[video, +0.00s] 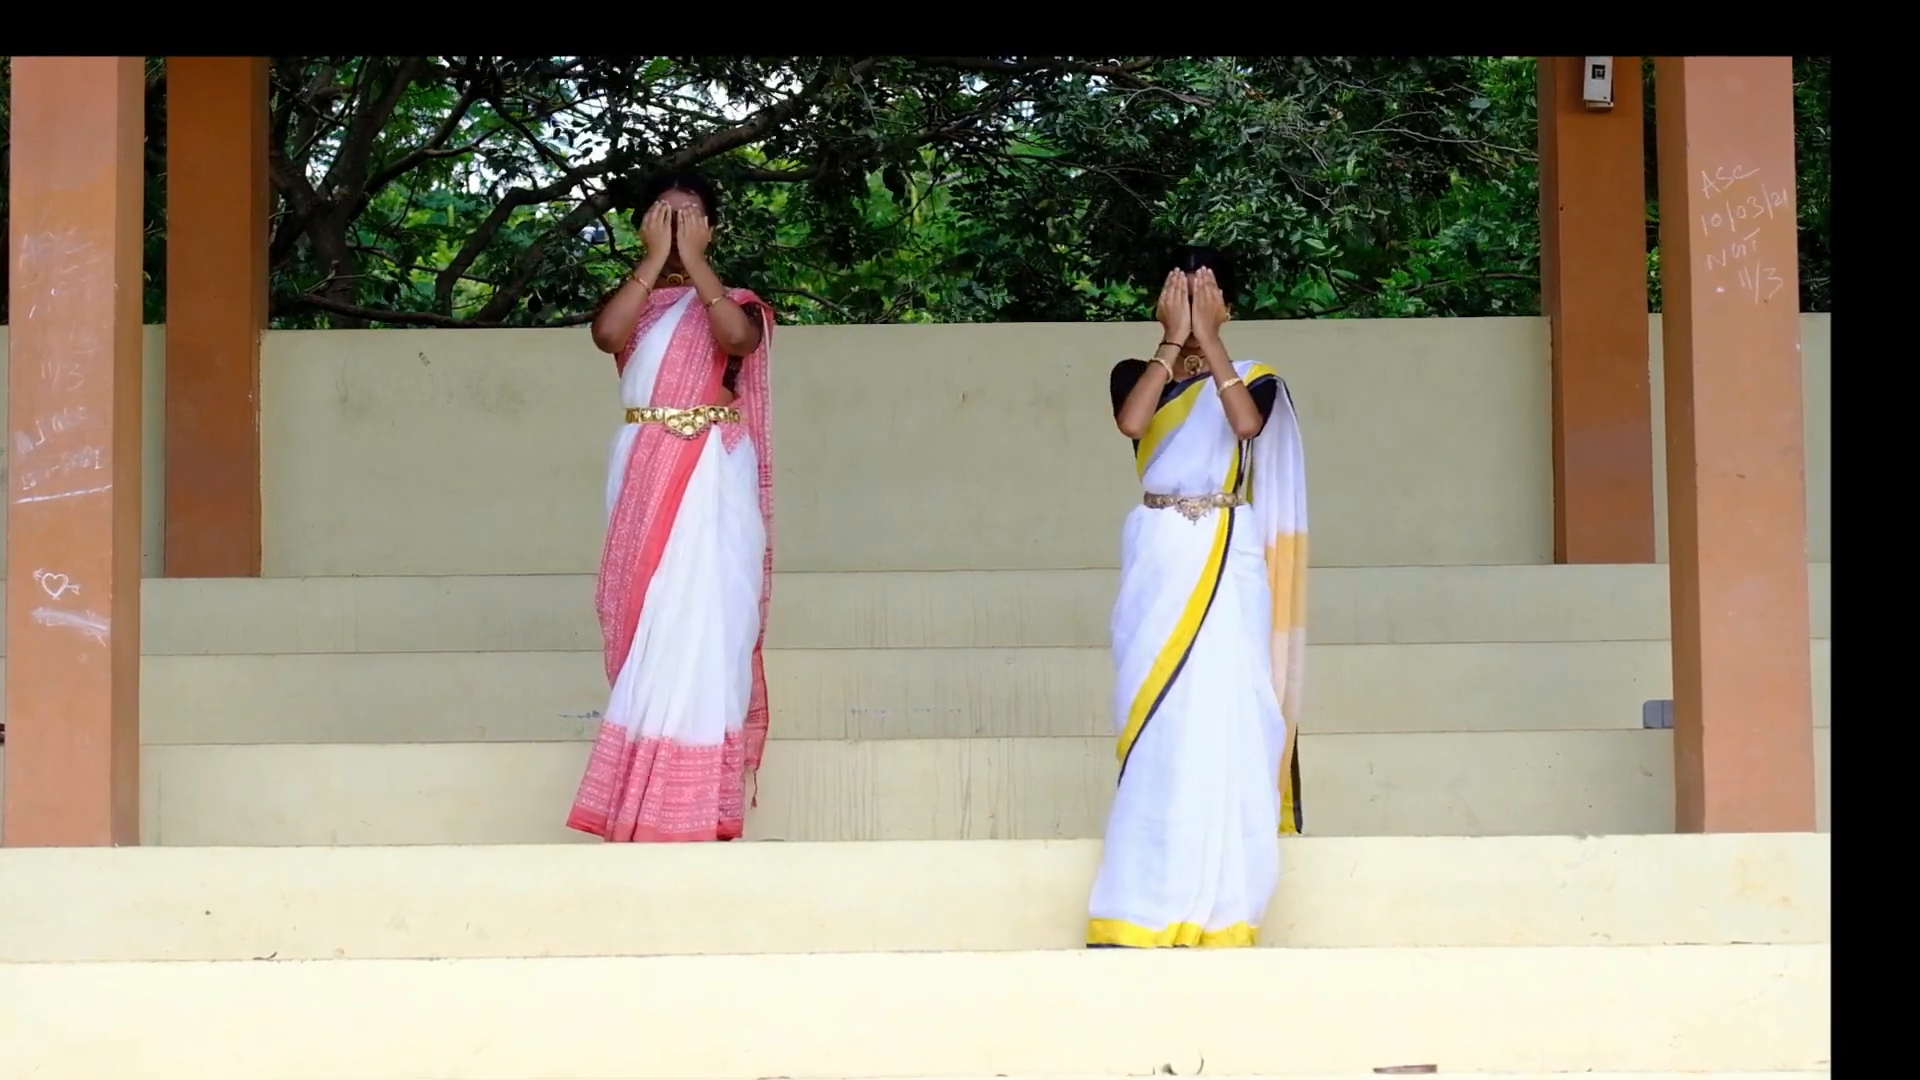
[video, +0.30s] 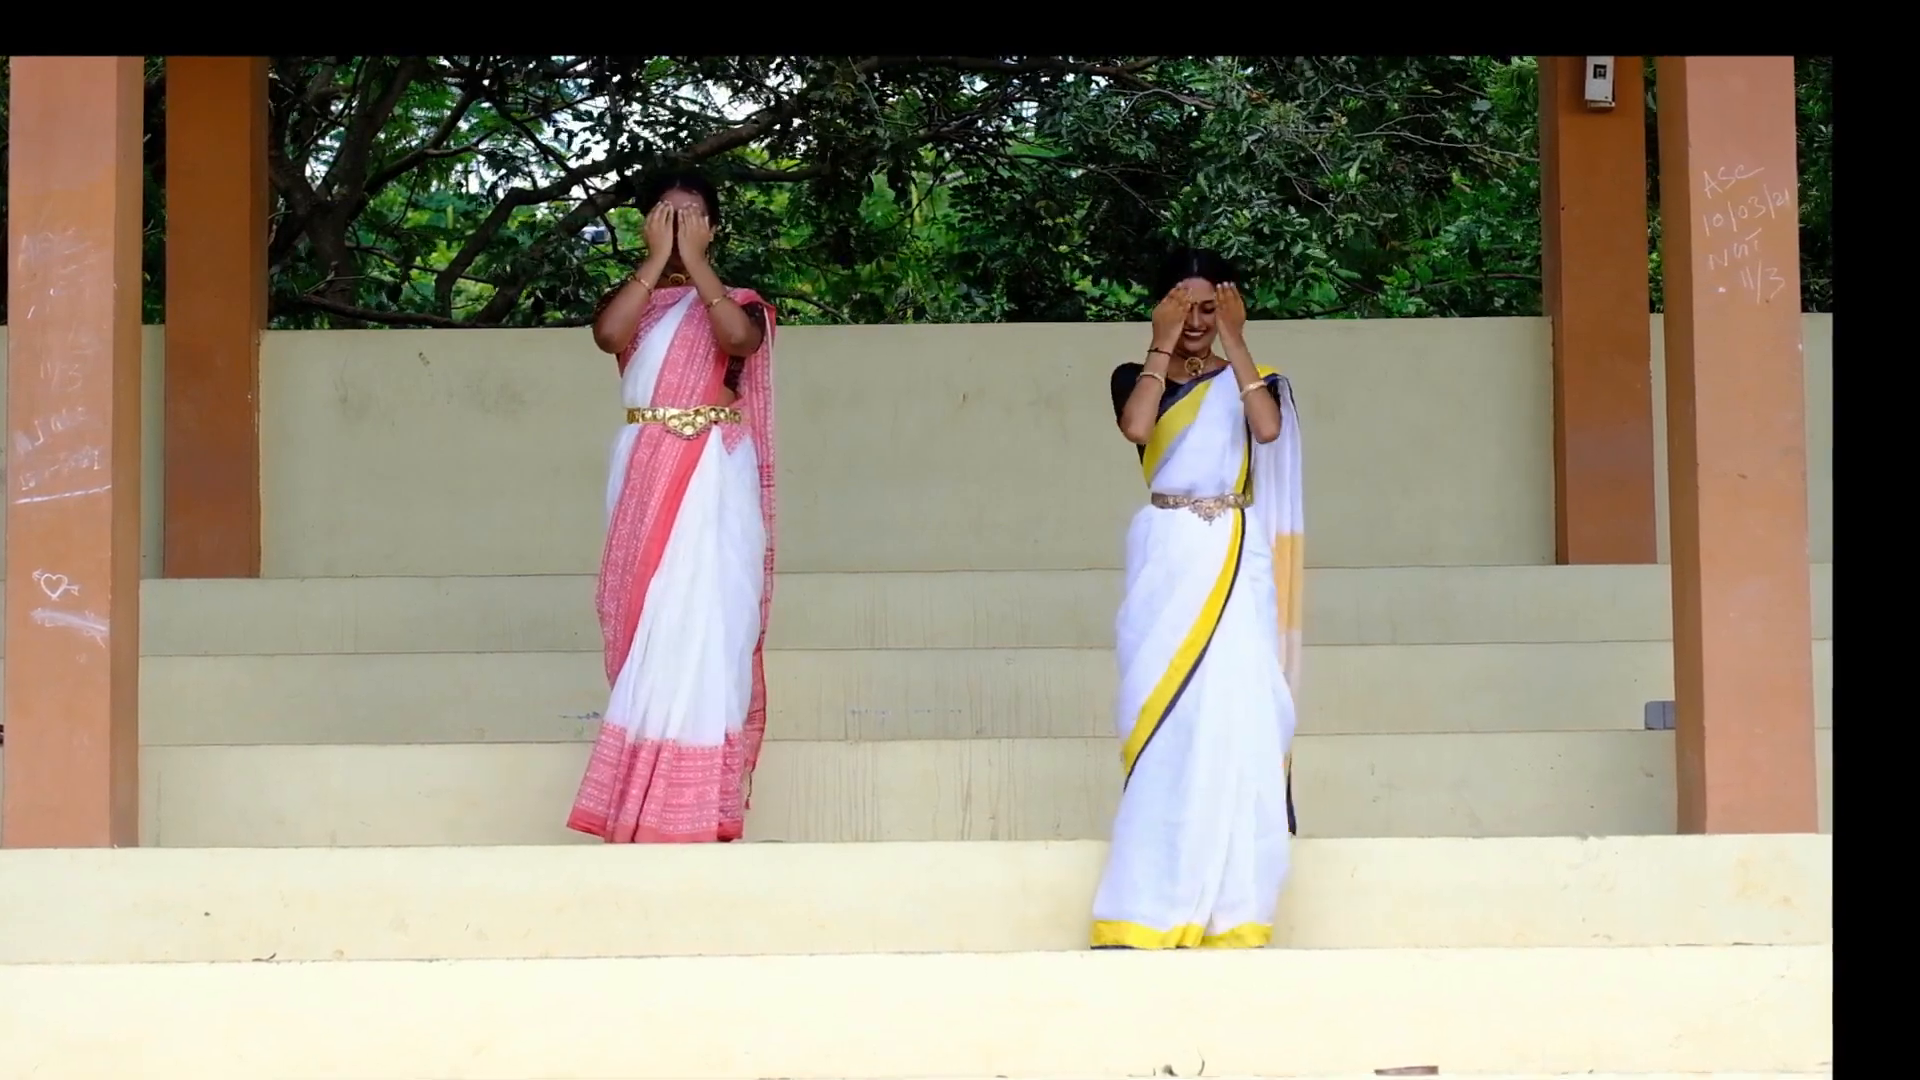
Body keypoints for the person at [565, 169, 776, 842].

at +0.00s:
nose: (675, 226)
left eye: (690, 215)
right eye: (665, 214)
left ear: (712, 227)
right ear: (647, 228)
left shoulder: (738, 301)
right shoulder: (635, 301)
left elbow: (740, 339)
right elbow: (608, 334)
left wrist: (694, 261)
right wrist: (654, 258)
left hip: (712, 477)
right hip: (644, 477)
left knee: (700, 629)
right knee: (648, 628)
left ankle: (690, 806)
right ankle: (642, 800)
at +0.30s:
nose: (678, 227)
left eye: (692, 215)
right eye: (667, 214)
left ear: (714, 227)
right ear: (649, 226)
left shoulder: (740, 302)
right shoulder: (636, 301)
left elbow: (741, 339)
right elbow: (609, 334)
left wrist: (695, 260)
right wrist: (657, 257)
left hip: (713, 479)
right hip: (645, 479)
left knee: (704, 631)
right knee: (649, 629)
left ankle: (693, 807)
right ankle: (641, 802)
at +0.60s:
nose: (690, 227)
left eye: (701, 215)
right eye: (678, 215)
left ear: (719, 223)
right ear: (656, 224)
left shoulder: (741, 300)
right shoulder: (638, 300)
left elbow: (751, 349)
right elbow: (597, 346)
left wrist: (702, 275)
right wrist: (656, 270)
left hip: (720, 479)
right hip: (650, 478)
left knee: (708, 632)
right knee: (653, 630)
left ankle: (699, 810)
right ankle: (647, 805)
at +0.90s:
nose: (734, 239)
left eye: (739, 227)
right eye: (719, 227)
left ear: (744, 236)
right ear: (684, 236)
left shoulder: (759, 316)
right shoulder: (639, 315)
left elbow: (771, 401)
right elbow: (610, 401)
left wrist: (703, 433)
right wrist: (580, 478)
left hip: (737, 494)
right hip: (663, 494)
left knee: (728, 632)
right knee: (679, 636)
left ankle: (715, 808)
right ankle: (684, 801)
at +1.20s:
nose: (753, 245)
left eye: (758, 234)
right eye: (739, 232)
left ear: (761, 242)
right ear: (700, 239)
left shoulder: (771, 319)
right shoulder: (653, 315)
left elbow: (781, 398)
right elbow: (582, 386)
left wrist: (712, 406)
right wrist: (503, 420)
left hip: (748, 472)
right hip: (674, 475)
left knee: (764, 581)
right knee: (705, 612)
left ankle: (856, 698)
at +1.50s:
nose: (720, 243)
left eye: (733, 230)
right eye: (708, 232)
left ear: (757, 239)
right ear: (693, 243)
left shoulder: (784, 328)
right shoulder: (669, 320)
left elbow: (835, 411)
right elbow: (636, 407)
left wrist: (896, 477)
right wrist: (634, 455)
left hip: (756, 487)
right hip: (684, 486)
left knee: (751, 621)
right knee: (697, 625)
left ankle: (734, 795)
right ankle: (721, 791)